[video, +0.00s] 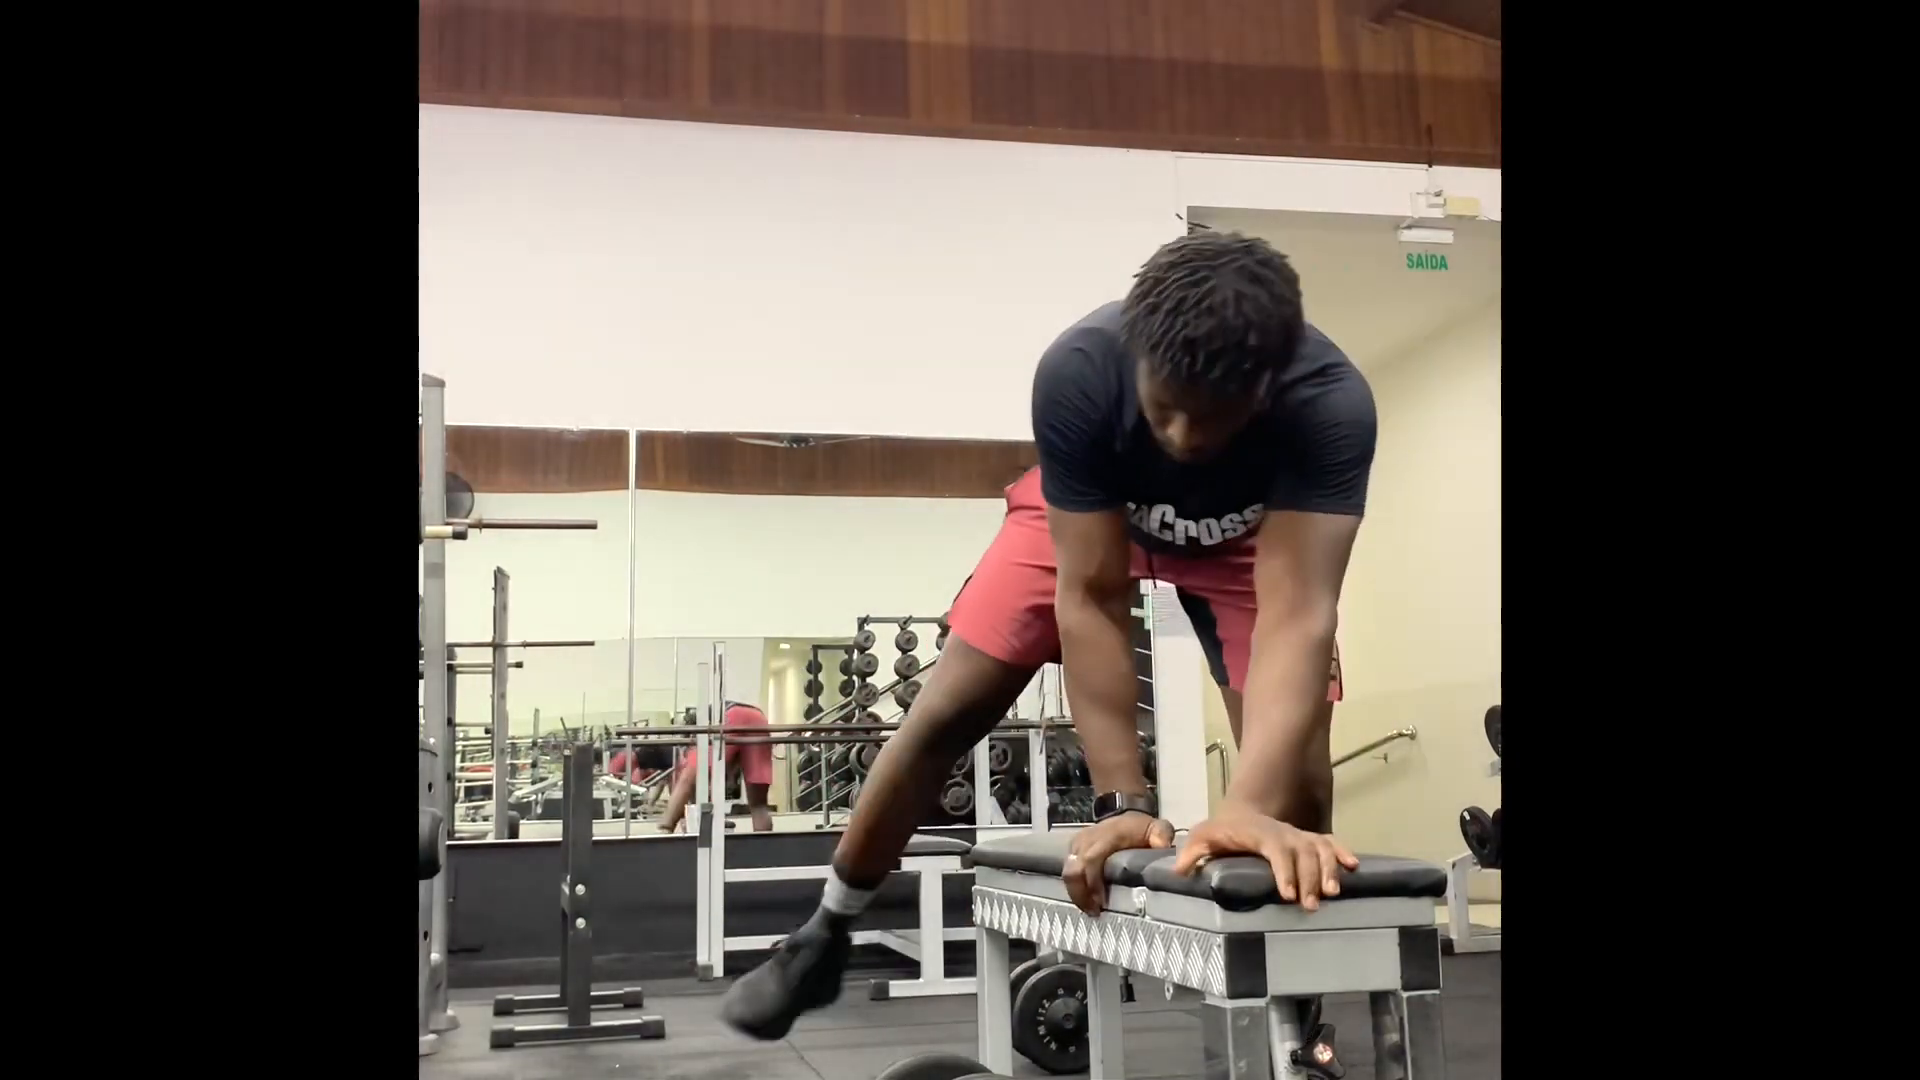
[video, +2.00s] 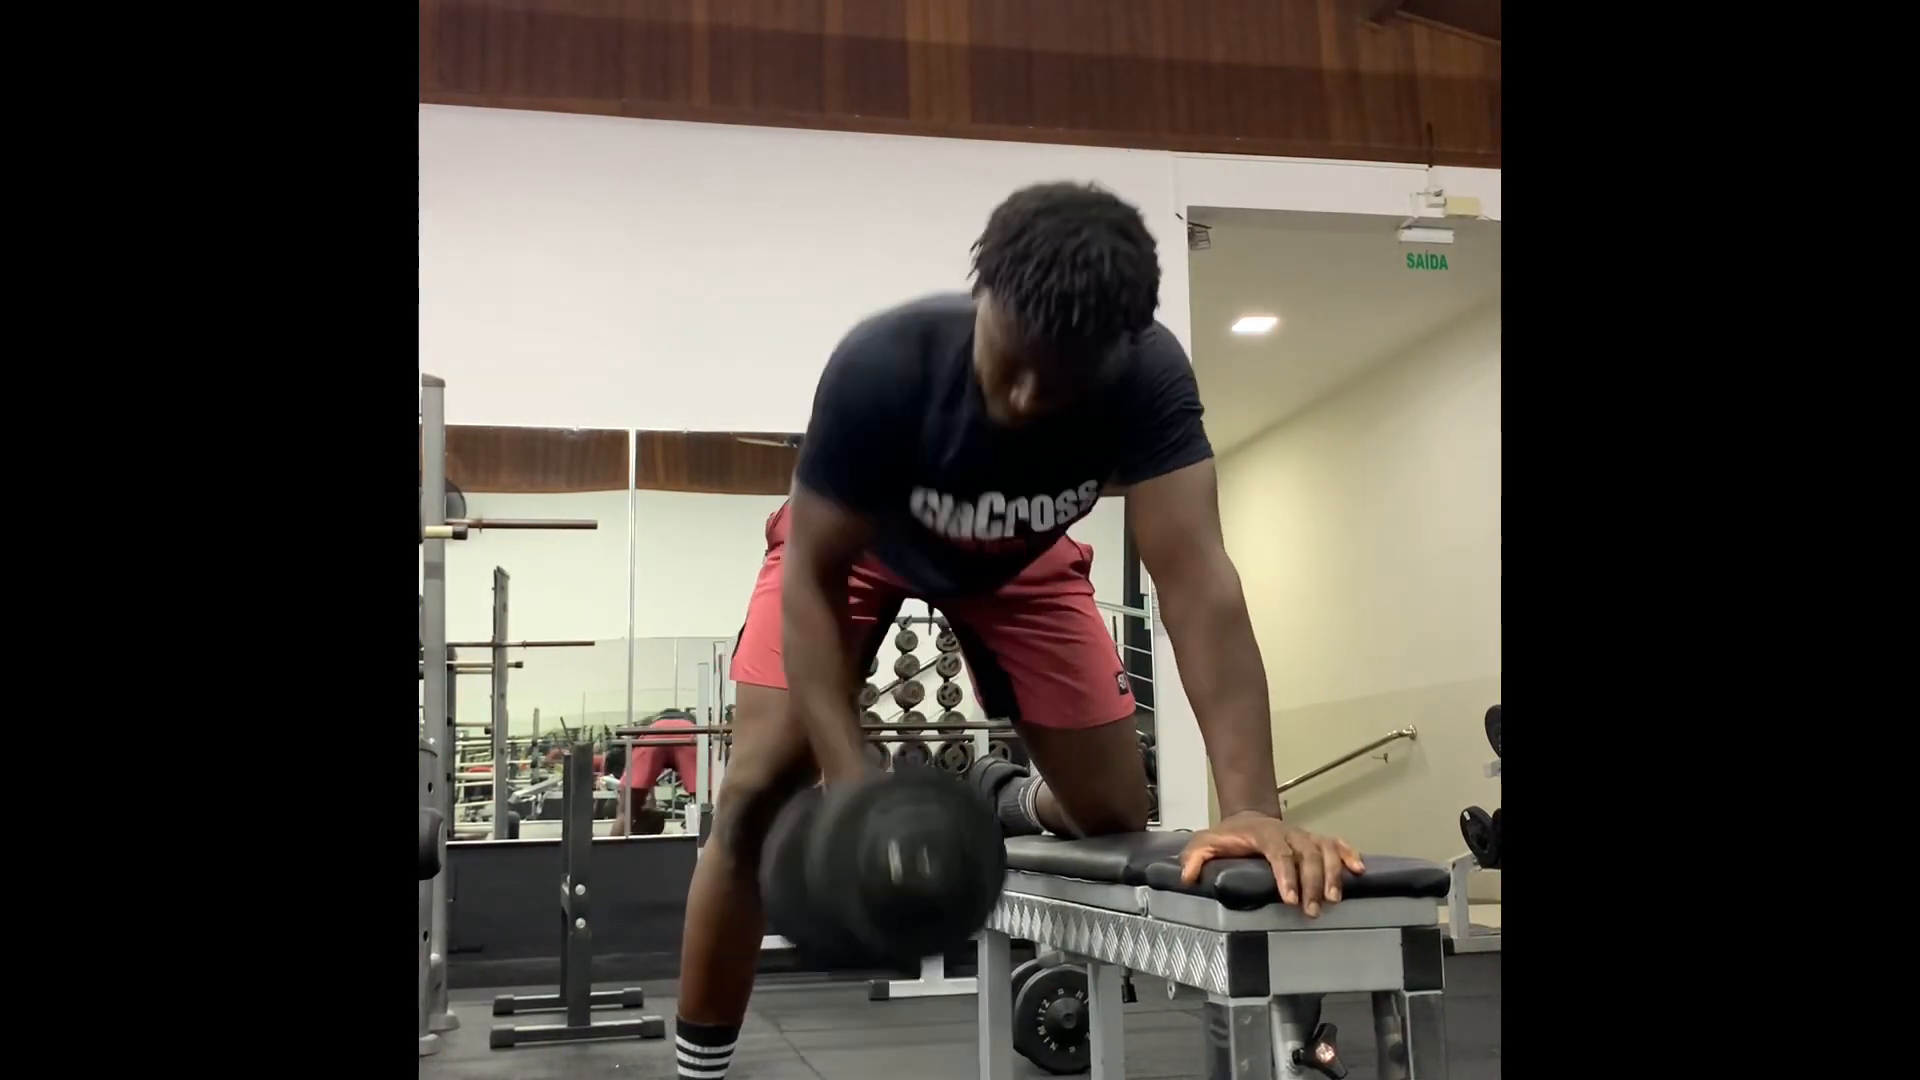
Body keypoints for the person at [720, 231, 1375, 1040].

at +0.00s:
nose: (1183, 438)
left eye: (1211, 421)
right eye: (1165, 413)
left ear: (1267, 381)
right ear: (1140, 359)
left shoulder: (1329, 404)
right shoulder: (1080, 378)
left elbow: (1297, 617)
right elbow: (1090, 596)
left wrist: (1250, 802)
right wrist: (1122, 803)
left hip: (1244, 539)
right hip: (1091, 513)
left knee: (1301, 781)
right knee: (943, 713)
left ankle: (1299, 1019)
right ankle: (822, 938)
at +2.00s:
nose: (1031, 395)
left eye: (1064, 376)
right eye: (1013, 361)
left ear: (1116, 343)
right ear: (983, 292)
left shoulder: (1145, 375)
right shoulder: (882, 367)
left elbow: (1200, 586)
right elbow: (810, 572)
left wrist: (1252, 806)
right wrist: (852, 787)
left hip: (1026, 562)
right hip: (857, 546)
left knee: (1115, 813)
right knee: (756, 789)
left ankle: (1006, 800)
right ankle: (699, 1072)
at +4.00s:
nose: (1094, 370)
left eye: (1125, 347)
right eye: (1071, 336)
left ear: (1160, 318)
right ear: (1021, 277)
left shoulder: (1165, 381)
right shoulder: (913, 316)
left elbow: (1205, 579)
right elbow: (789, 470)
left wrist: (1251, 806)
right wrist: (840, 658)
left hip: (1020, 574)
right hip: (847, 545)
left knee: (1120, 816)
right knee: (745, 800)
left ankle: (992, 798)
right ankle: (695, 1073)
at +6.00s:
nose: (1053, 551)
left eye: (1074, 527)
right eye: (1028, 524)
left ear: (1111, 475)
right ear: (975, 456)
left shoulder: (1113, 426)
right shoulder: (880, 545)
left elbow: (1199, 597)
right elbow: (883, 822)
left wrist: (1254, 806)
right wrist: (884, 1061)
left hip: (1010, 555)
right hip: (838, 534)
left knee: (1121, 815)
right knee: (731, 798)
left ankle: (1001, 798)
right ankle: (692, 1069)